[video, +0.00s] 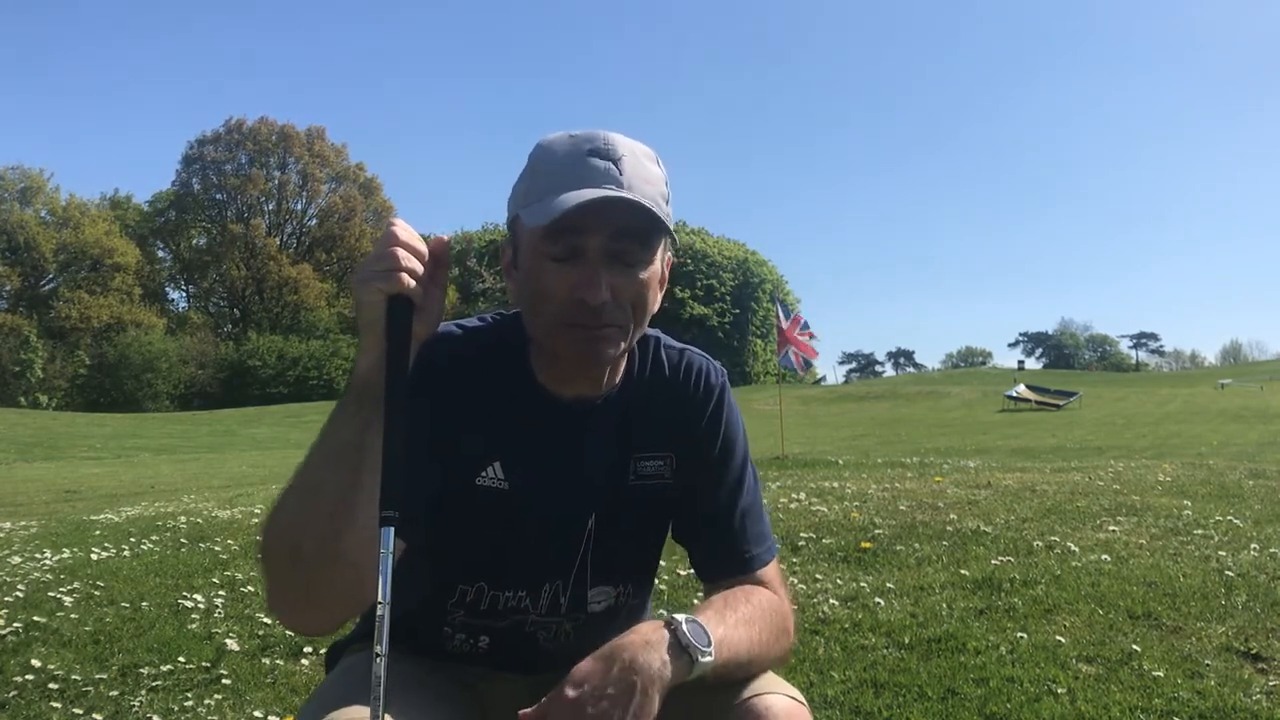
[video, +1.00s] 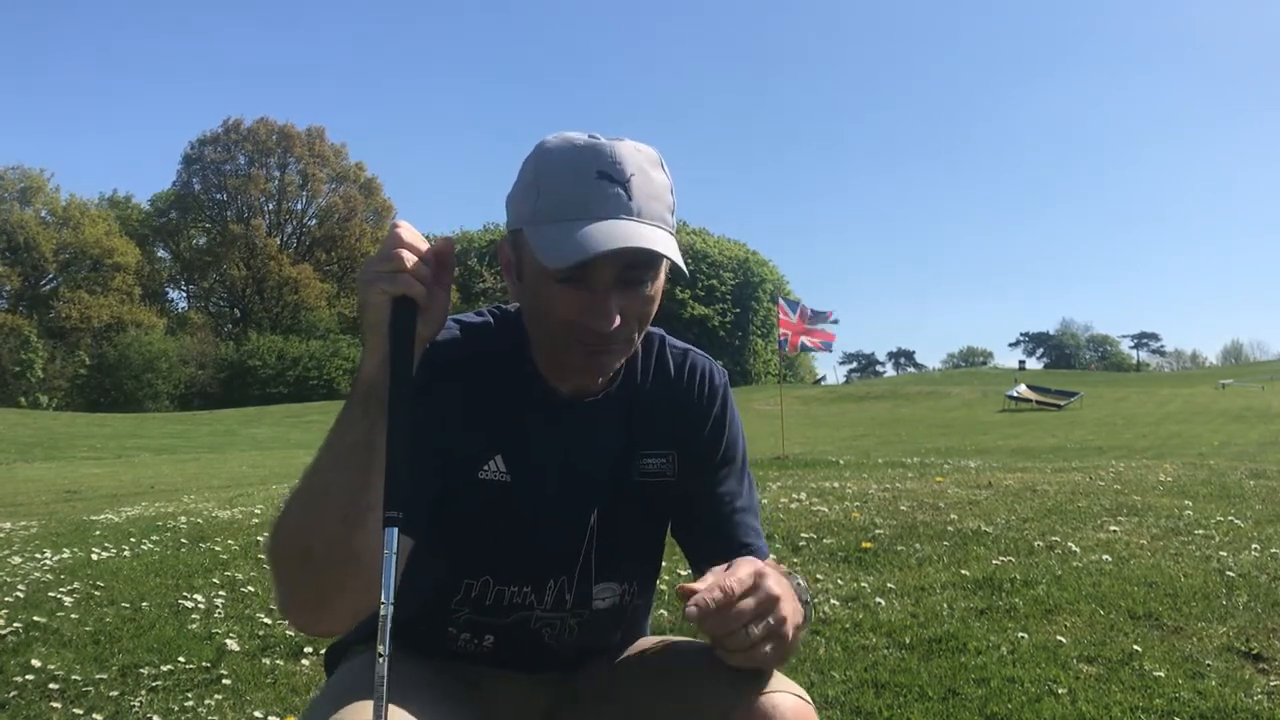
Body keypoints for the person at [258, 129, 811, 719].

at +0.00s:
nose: (596, 289)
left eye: (626, 254)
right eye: (564, 253)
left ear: (663, 275)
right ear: (510, 263)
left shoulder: (689, 390)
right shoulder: (437, 369)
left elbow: (765, 607)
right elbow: (303, 606)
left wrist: (668, 647)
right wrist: (377, 367)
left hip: (612, 670)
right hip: (432, 669)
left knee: (778, 711)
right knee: (346, 715)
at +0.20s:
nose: (597, 300)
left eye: (628, 265)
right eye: (565, 261)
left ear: (663, 279)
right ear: (510, 266)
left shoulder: (689, 392)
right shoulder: (433, 369)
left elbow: (764, 605)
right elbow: (303, 606)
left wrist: (676, 643)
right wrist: (377, 370)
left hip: (613, 671)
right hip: (431, 668)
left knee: (777, 710)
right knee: (343, 712)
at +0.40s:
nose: (598, 299)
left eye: (629, 265)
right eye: (566, 261)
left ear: (664, 280)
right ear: (510, 267)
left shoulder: (688, 391)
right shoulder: (436, 370)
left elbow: (764, 606)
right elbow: (307, 608)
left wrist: (675, 643)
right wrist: (379, 370)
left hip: (612, 671)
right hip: (432, 669)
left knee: (777, 709)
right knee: (343, 712)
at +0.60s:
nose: (604, 312)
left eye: (633, 278)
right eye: (573, 276)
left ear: (667, 279)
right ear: (513, 269)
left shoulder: (690, 392)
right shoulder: (439, 369)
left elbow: (761, 600)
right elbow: (312, 606)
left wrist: (694, 643)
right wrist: (384, 369)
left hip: (610, 673)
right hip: (432, 670)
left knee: (778, 710)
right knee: (346, 713)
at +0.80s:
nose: (610, 316)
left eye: (638, 281)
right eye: (578, 279)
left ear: (668, 278)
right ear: (514, 269)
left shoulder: (692, 392)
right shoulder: (435, 370)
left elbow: (752, 587)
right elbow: (312, 607)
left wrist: (748, 624)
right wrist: (379, 368)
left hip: (606, 672)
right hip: (433, 673)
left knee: (780, 711)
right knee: (352, 715)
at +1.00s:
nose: (607, 314)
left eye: (635, 278)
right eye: (575, 277)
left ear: (665, 276)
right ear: (511, 266)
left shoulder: (688, 389)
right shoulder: (435, 367)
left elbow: (743, 576)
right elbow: (314, 609)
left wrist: (767, 603)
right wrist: (379, 371)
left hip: (606, 666)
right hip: (435, 670)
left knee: (781, 707)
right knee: (360, 713)